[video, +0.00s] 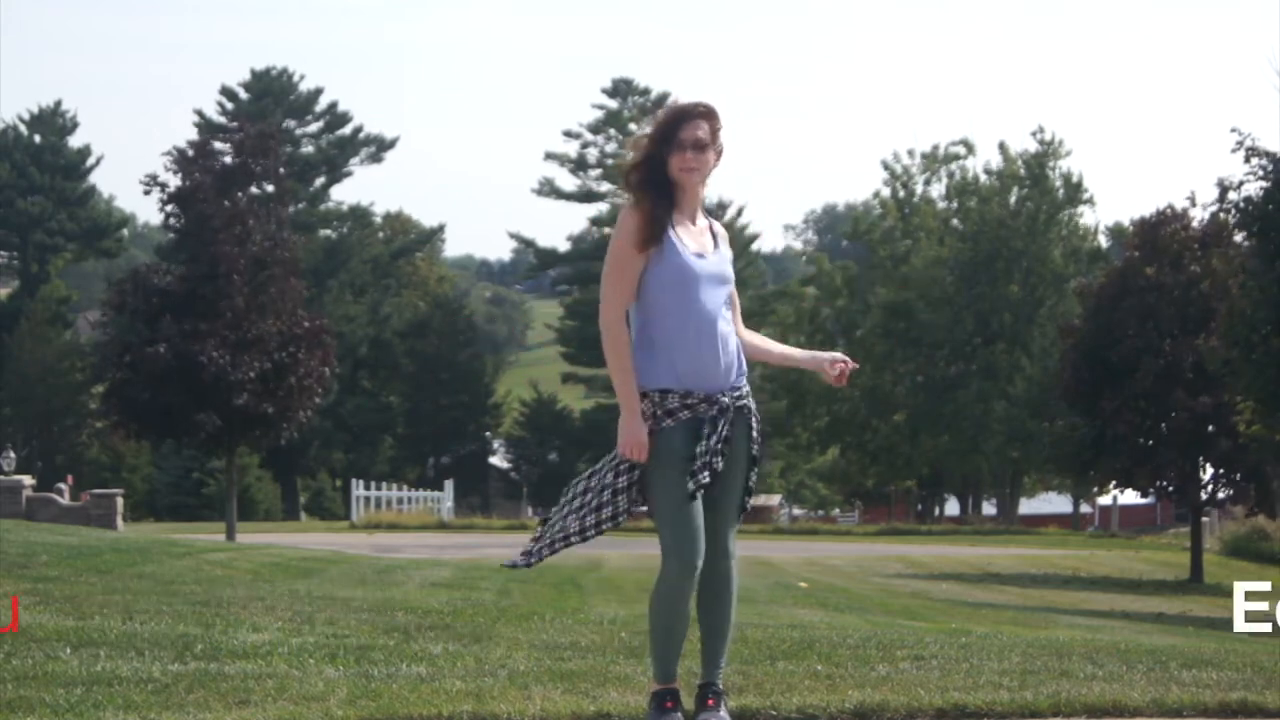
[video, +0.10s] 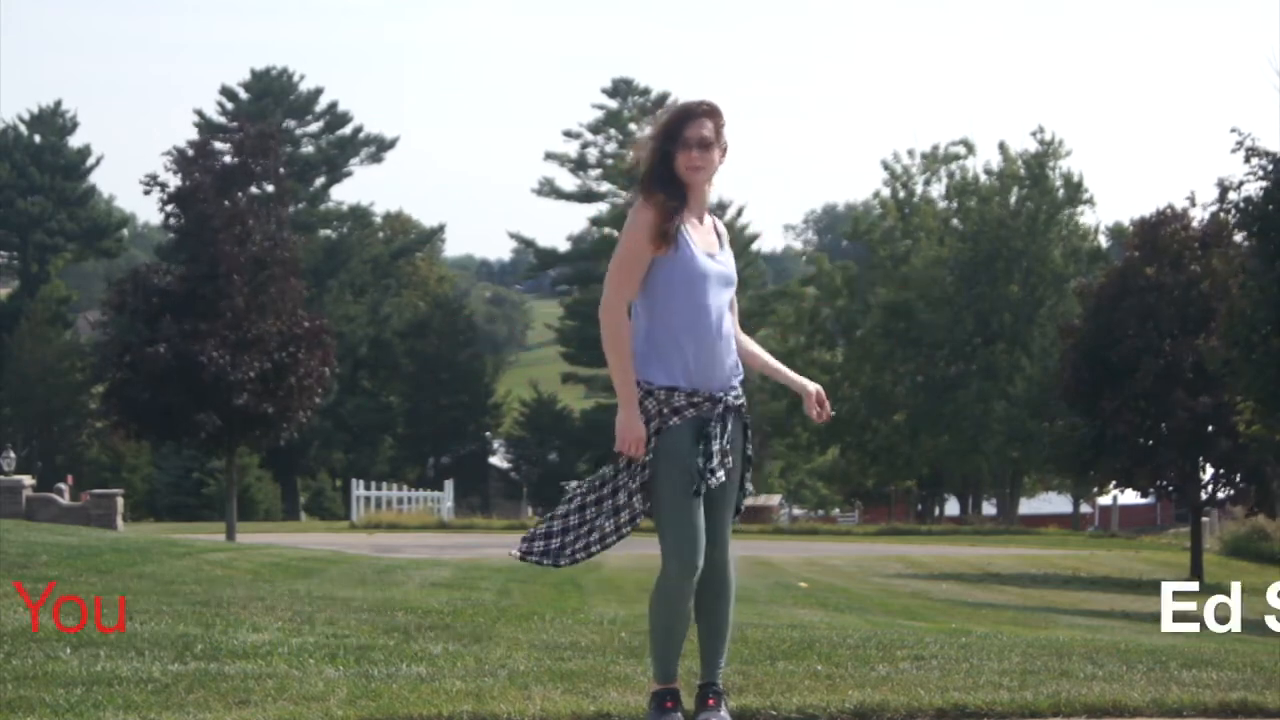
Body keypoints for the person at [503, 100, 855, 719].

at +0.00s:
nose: (694, 155)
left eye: (704, 145)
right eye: (683, 145)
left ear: (718, 155)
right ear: (662, 155)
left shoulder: (716, 233)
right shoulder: (639, 219)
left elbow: (735, 333)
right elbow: (612, 315)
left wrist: (814, 359)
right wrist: (629, 410)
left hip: (732, 408)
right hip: (668, 410)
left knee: (719, 554)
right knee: (684, 556)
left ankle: (713, 690)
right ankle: (666, 692)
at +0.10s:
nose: (699, 154)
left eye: (709, 144)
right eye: (688, 144)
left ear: (723, 153)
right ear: (669, 152)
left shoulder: (715, 229)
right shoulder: (651, 215)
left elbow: (729, 333)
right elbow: (613, 305)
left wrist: (798, 382)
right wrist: (627, 405)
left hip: (726, 408)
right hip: (670, 408)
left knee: (717, 555)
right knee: (684, 558)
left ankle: (713, 691)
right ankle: (665, 693)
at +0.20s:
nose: (707, 152)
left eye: (716, 143)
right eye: (696, 143)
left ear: (728, 152)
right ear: (675, 153)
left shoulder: (719, 228)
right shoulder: (662, 214)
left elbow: (732, 330)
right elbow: (613, 300)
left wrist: (778, 401)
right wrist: (621, 398)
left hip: (719, 409)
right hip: (668, 406)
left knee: (717, 555)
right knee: (686, 556)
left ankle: (713, 693)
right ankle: (666, 694)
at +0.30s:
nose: (713, 152)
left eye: (722, 142)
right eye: (701, 143)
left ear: (735, 150)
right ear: (682, 153)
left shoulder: (727, 227)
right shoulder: (671, 214)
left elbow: (732, 328)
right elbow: (612, 294)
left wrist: (756, 413)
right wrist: (609, 389)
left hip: (712, 409)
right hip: (662, 403)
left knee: (717, 549)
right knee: (684, 547)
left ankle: (712, 694)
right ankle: (666, 694)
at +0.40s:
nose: (720, 149)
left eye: (728, 139)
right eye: (708, 142)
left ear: (741, 147)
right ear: (689, 154)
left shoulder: (733, 227)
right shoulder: (677, 216)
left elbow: (732, 331)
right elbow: (609, 288)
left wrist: (734, 418)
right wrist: (587, 384)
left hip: (705, 406)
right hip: (654, 396)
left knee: (717, 544)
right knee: (672, 543)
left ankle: (712, 690)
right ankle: (662, 690)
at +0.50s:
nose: (722, 149)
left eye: (729, 138)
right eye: (708, 142)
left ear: (744, 148)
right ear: (690, 156)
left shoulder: (745, 231)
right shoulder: (675, 218)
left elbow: (734, 327)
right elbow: (602, 284)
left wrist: (725, 411)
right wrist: (560, 375)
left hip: (705, 403)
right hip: (649, 392)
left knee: (715, 539)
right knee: (661, 536)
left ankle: (712, 691)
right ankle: (661, 688)